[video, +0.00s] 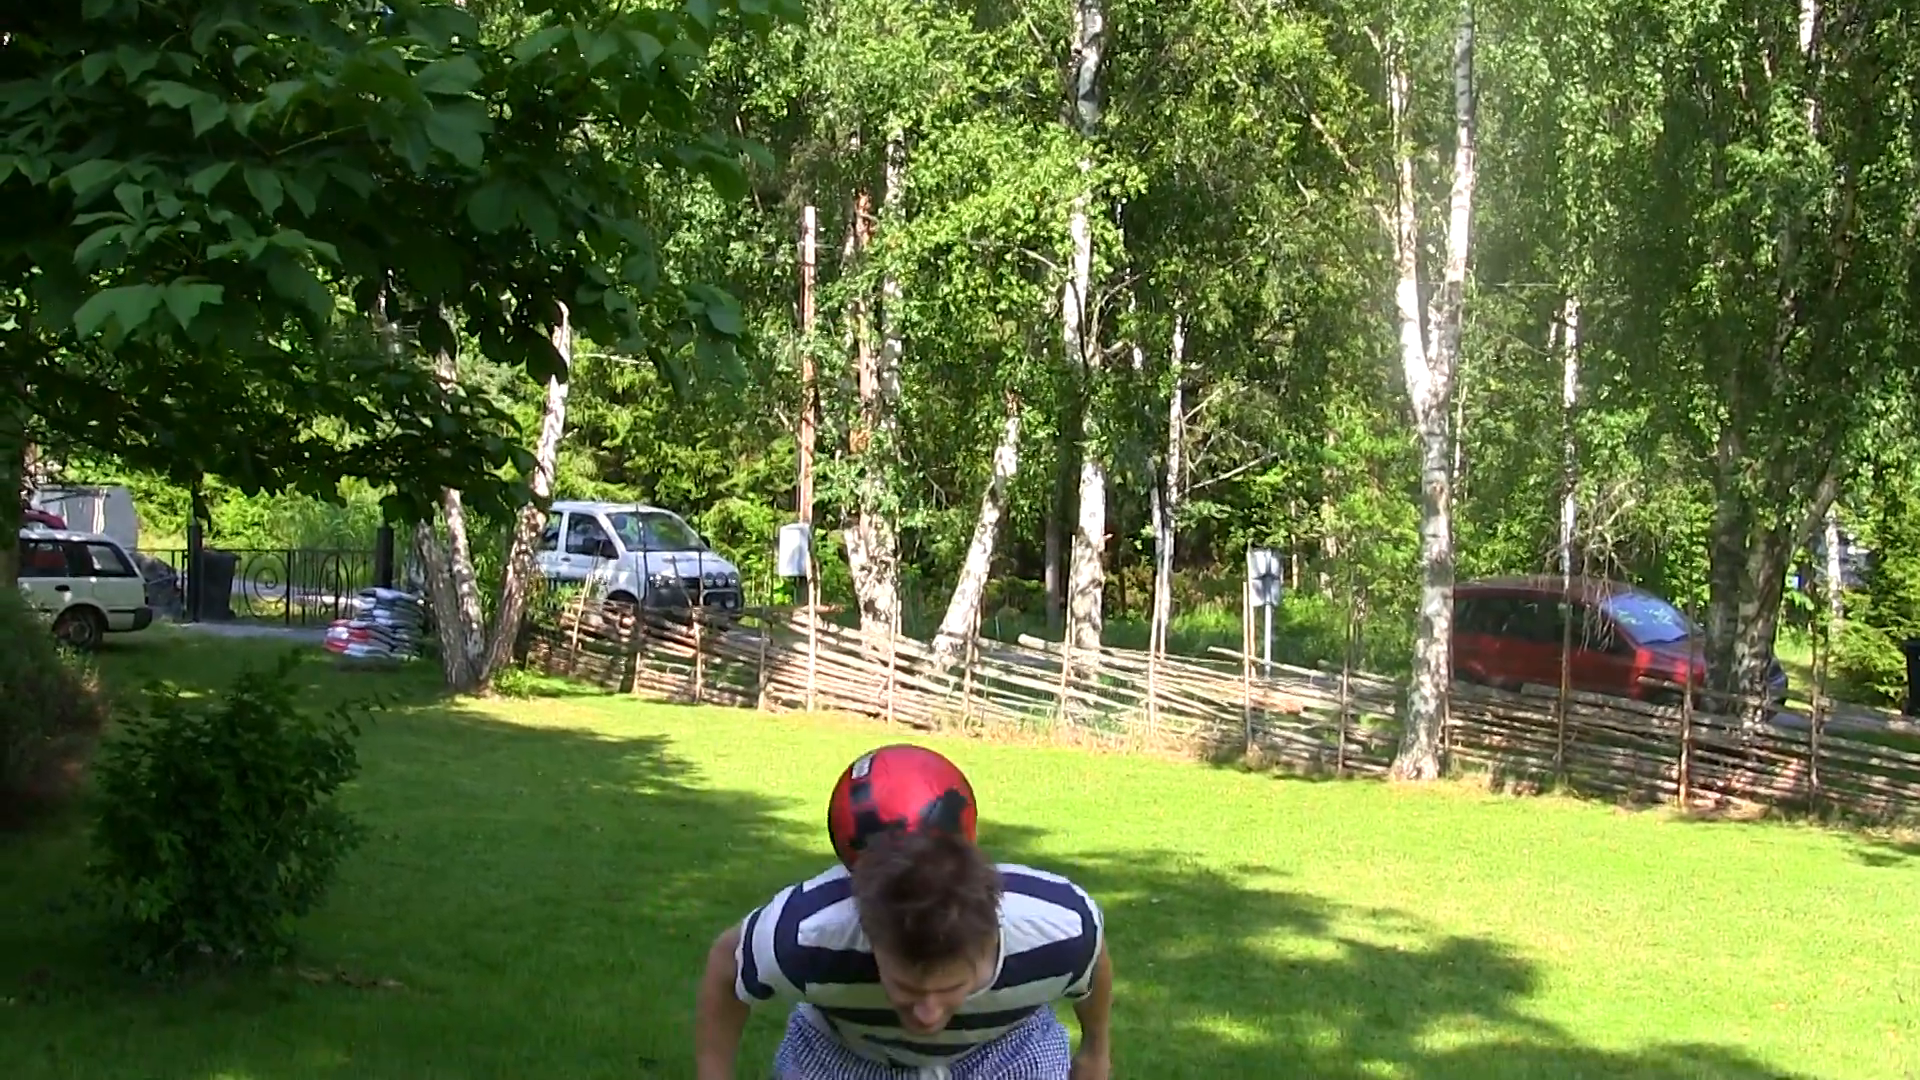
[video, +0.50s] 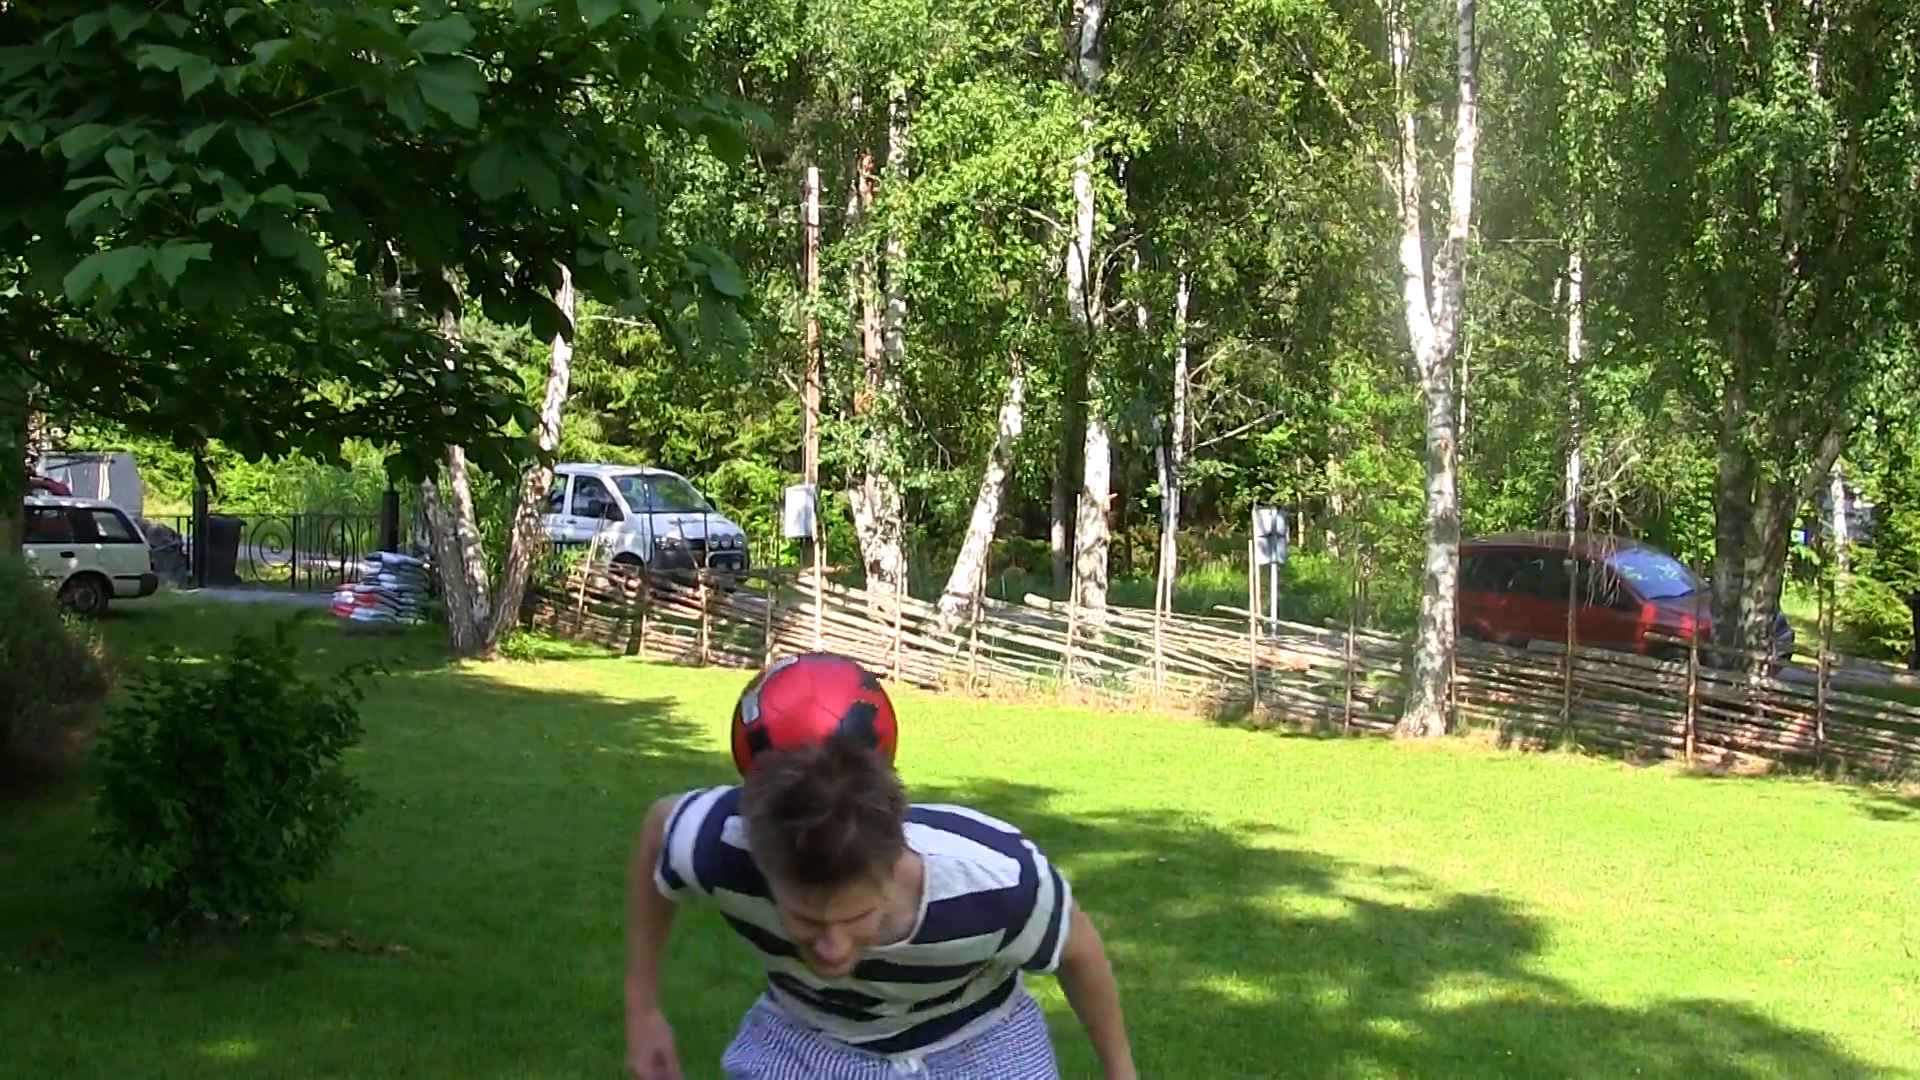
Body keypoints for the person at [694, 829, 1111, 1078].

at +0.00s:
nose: (929, 1012)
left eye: (953, 990)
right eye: (905, 989)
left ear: (993, 941)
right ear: (869, 941)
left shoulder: (1062, 931)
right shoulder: (801, 939)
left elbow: (1094, 961)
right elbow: (727, 961)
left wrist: (1096, 1051)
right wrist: (714, 1072)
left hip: (1004, 1043)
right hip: (844, 1043)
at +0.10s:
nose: (946, 987)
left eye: (969, 963)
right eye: (922, 965)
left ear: (1006, 907)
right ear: (882, 916)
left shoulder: (1082, 902)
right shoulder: (813, 915)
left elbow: (1104, 959)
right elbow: (740, 933)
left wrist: (1107, 1052)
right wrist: (726, 1070)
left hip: (1021, 1028)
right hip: (862, 1033)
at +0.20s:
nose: (950, 959)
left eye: (972, 931)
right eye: (924, 935)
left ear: (1007, 879)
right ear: (884, 891)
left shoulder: (1086, 877)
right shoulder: (817, 891)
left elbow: (1114, 938)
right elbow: (749, 902)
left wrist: (1124, 1047)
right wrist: (734, 1060)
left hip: (1029, 1017)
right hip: (870, 1025)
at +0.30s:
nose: (931, 944)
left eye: (954, 915)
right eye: (906, 919)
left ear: (987, 864)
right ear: (861, 874)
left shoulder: (1078, 873)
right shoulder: (803, 873)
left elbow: (1119, 930)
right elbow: (744, 875)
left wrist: (1140, 1045)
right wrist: (732, 1043)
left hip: (1025, 1017)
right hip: (862, 1018)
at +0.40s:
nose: (889, 948)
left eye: (912, 918)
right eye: (862, 921)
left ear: (946, 868)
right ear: (822, 871)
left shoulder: (1045, 885)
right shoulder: (770, 857)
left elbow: (1112, 943)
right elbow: (708, 842)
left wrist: (1143, 1057)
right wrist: (699, 1020)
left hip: (1009, 1020)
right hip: (843, 1017)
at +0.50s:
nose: (833, 948)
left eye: (859, 918)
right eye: (805, 921)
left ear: (897, 863)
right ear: (769, 869)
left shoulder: (1004, 886)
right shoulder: (723, 851)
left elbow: (1081, 953)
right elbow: (661, 825)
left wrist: (1122, 1069)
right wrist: (641, 1008)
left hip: (977, 1032)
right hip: (806, 1027)